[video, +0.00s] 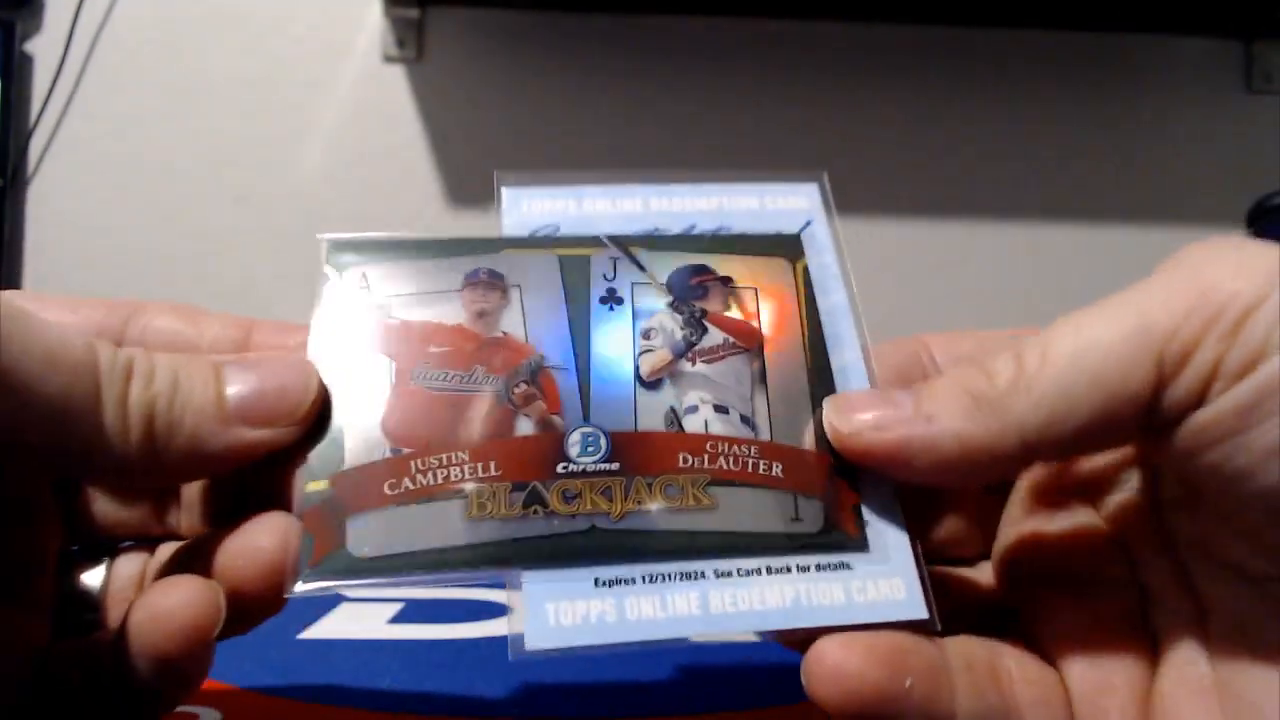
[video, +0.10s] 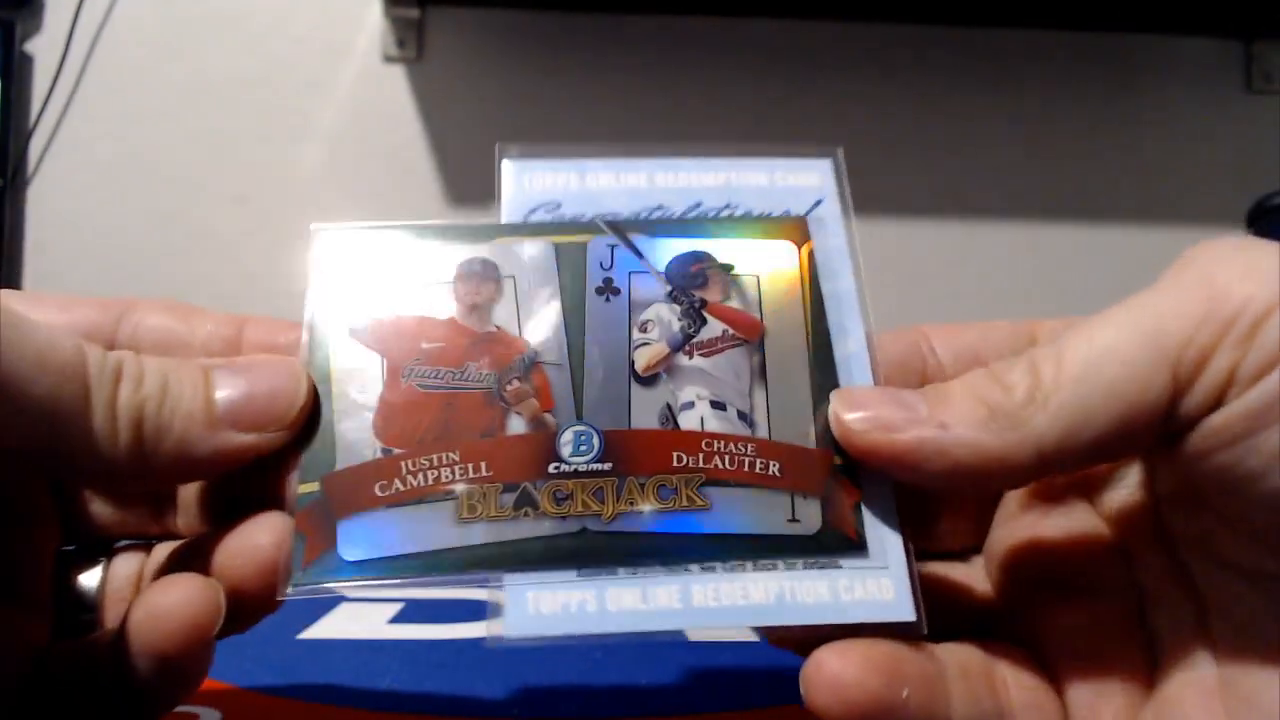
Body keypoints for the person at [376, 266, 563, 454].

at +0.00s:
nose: (481, 294)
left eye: (491, 288)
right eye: (474, 287)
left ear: (505, 300)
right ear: (462, 297)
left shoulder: (522, 355)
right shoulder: (423, 337)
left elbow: (558, 430)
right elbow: (365, 328)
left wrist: (535, 409)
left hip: (484, 469)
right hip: (411, 464)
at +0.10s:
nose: (473, 286)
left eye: (484, 280)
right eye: (465, 279)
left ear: (497, 292)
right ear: (454, 289)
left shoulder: (515, 350)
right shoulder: (414, 331)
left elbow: (549, 430)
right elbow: (352, 330)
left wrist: (530, 408)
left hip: (476, 470)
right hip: (403, 466)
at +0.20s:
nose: (473, 283)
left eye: (483, 276)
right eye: (466, 275)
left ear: (497, 287)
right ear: (453, 285)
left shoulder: (514, 350)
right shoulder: (411, 328)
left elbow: (547, 433)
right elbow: (328, 303)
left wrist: (529, 413)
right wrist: (359, 300)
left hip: (471, 476)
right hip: (397, 470)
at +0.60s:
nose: (491, 258)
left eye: (502, 252)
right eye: (483, 251)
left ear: (517, 265)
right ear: (470, 263)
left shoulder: (535, 333)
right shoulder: (425, 306)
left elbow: (568, 421)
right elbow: (337, 274)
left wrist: (548, 401)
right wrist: (376, 268)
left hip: (488, 466)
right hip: (410, 459)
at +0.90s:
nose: (507, 230)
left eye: (518, 224)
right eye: (499, 223)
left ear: (534, 238)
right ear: (486, 235)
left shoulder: (549, 308)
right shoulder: (441, 277)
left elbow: (581, 398)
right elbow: (352, 243)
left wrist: (561, 373)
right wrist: (384, 235)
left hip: (505, 439)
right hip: (428, 433)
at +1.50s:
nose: (522, 234)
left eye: (532, 230)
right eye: (514, 228)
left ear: (547, 245)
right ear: (500, 242)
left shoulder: (565, 317)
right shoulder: (456, 287)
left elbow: (597, 409)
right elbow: (370, 252)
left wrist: (579, 386)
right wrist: (404, 248)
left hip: (523, 450)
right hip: (450, 442)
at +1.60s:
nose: (532, 256)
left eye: (543, 250)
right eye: (524, 250)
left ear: (558, 265)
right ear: (511, 263)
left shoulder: (578, 335)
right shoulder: (469, 310)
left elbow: (612, 427)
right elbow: (382, 278)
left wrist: (593, 404)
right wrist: (413, 274)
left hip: (543, 471)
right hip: (468, 466)